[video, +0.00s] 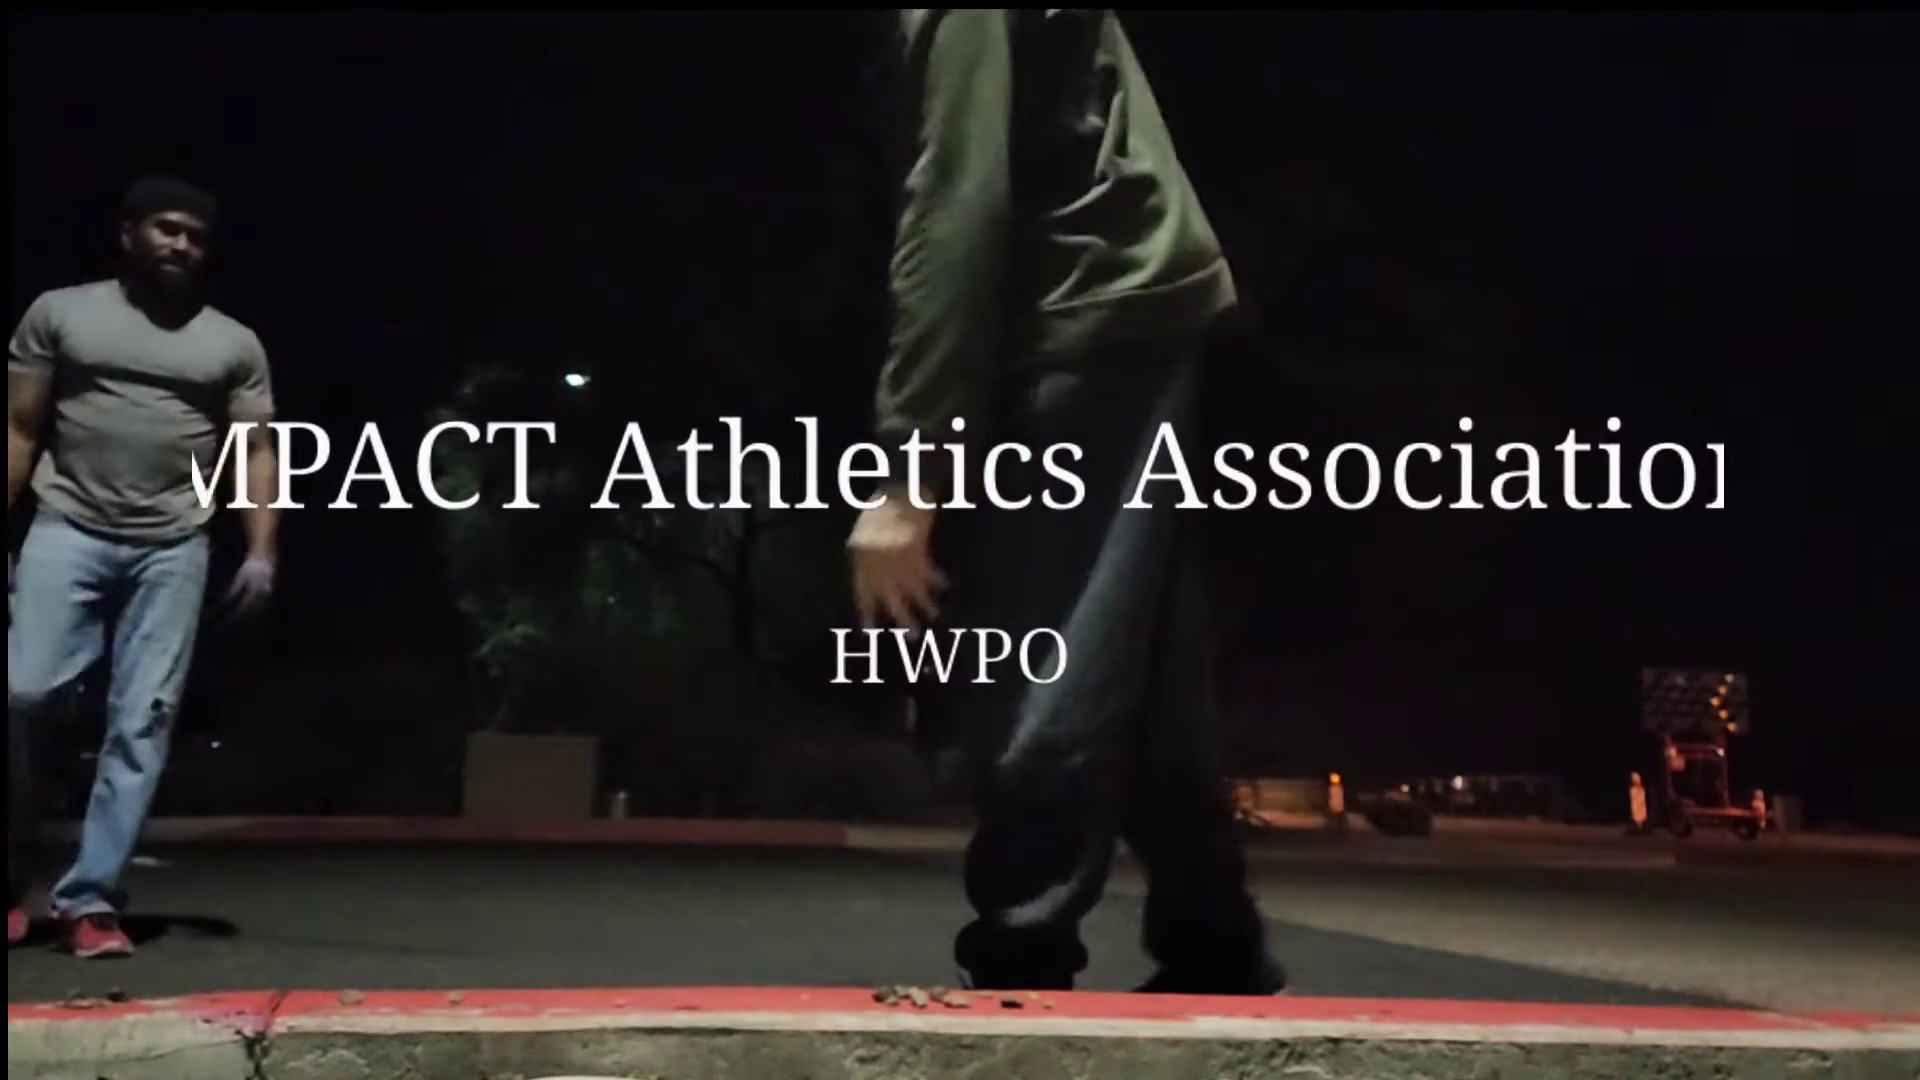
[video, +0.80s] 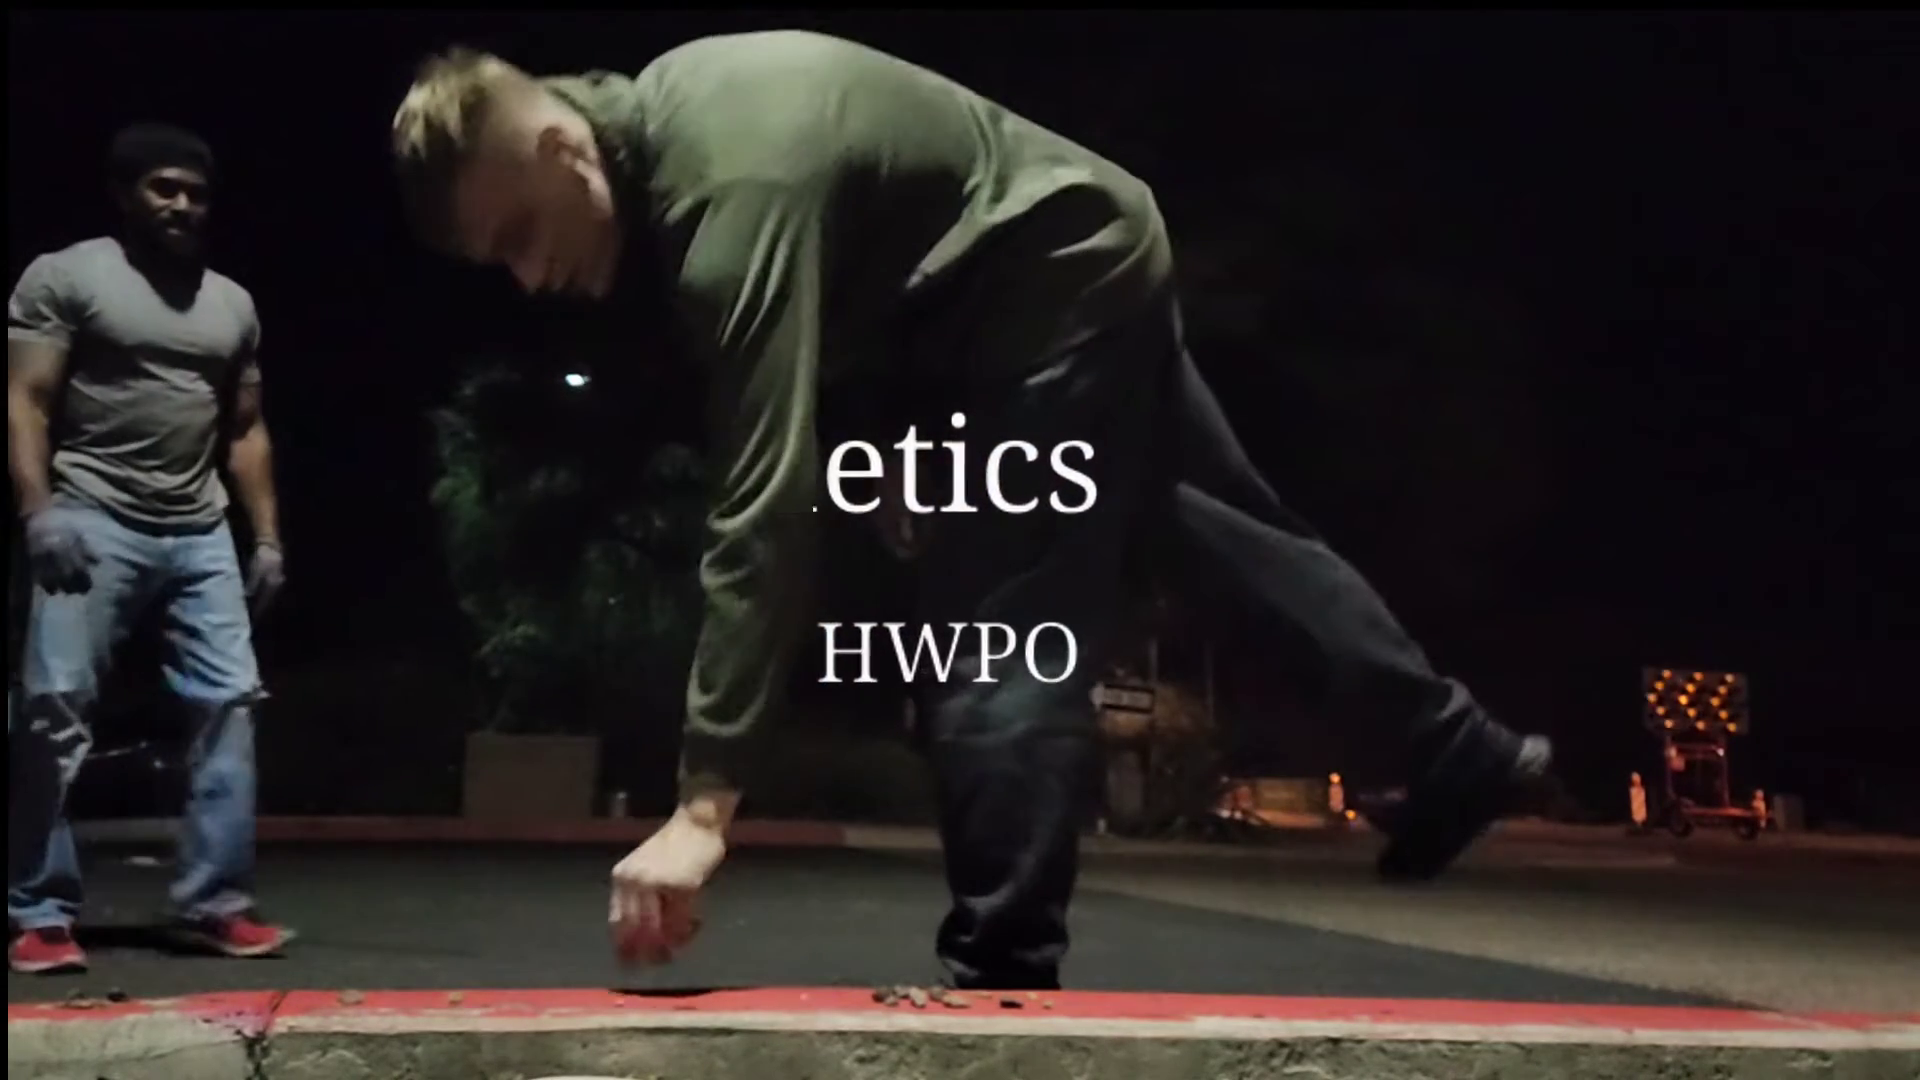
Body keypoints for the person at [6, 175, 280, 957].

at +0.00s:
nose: (181, 247)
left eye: (194, 236)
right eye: (166, 230)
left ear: (208, 250)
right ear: (128, 235)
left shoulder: (235, 348)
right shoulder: (59, 316)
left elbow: (259, 457)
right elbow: (21, 430)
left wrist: (261, 547)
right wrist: (9, 518)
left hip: (174, 545)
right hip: (65, 531)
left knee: (143, 720)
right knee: (29, 691)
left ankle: (91, 898)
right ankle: (23, 881)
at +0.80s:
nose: (183, 207)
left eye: (196, 194)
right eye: (165, 190)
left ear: (211, 206)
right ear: (127, 195)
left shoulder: (231, 307)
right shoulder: (66, 279)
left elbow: (246, 426)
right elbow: (27, 399)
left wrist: (266, 533)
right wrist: (39, 508)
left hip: (200, 529)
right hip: (90, 518)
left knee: (230, 699)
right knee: (58, 708)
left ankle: (213, 900)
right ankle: (38, 911)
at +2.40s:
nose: (361, 263)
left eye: (372, 249)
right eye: (345, 245)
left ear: (381, 248)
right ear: (299, 231)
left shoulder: (376, 326)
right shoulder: (225, 287)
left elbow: (373, 438)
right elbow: (215, 409)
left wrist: (375, 424)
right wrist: (321, 456)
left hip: (306, 548)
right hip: (212, 539)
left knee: (300, 720)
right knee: (185, 712)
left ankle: (263, 905)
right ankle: (164, 912)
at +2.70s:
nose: (346, 294)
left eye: (355, 280)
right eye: (333, 277)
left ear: (361, 277)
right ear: (293, 263)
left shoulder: (359, 351)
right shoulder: (205, 309)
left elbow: (339, 463)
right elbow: (179, 441)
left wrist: (341, 491)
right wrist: (299, 483)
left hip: (268, 536)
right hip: (171, 531)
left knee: (274, 712)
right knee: (160, 714)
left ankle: (261, 905)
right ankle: (163, 914)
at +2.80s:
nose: (340, 307)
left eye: (350, 292)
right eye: (328, 289)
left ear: (356, 292)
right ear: (288, 277)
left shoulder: (354, 355)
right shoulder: (197, 318)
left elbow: (348, 468)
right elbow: (159, 445)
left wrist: (361, 494)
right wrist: (255, 505)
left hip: (263, 537)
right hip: (165, 529)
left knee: (268, 714)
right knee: (152, 717)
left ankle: (266, 904)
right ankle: (163, 913)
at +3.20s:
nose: (324, 334)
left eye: (335, 319)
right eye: (310, 316)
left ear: (347, 315)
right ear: (277, 307)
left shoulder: (357, 370)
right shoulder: (195, 334)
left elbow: (344, 481)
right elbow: (156, 461)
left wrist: (329, 493)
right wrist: (241, 509)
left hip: (276, 536)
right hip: (170, 530)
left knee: (296, 713)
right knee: (155, 714)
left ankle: (301, 902)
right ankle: (165, 913)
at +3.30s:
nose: (330, 343)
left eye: (343, 327)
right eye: (317, 324)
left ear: (357, 321)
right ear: (287, 312)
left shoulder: (368, 370)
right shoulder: (206, 337)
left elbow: (363, 476)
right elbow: (172, 466)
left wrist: (335, 510)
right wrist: (250, 519)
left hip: (281, 531)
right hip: (178, 524)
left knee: (303, 705)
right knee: (158, 709)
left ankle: (330, 898)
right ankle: (165, 913)